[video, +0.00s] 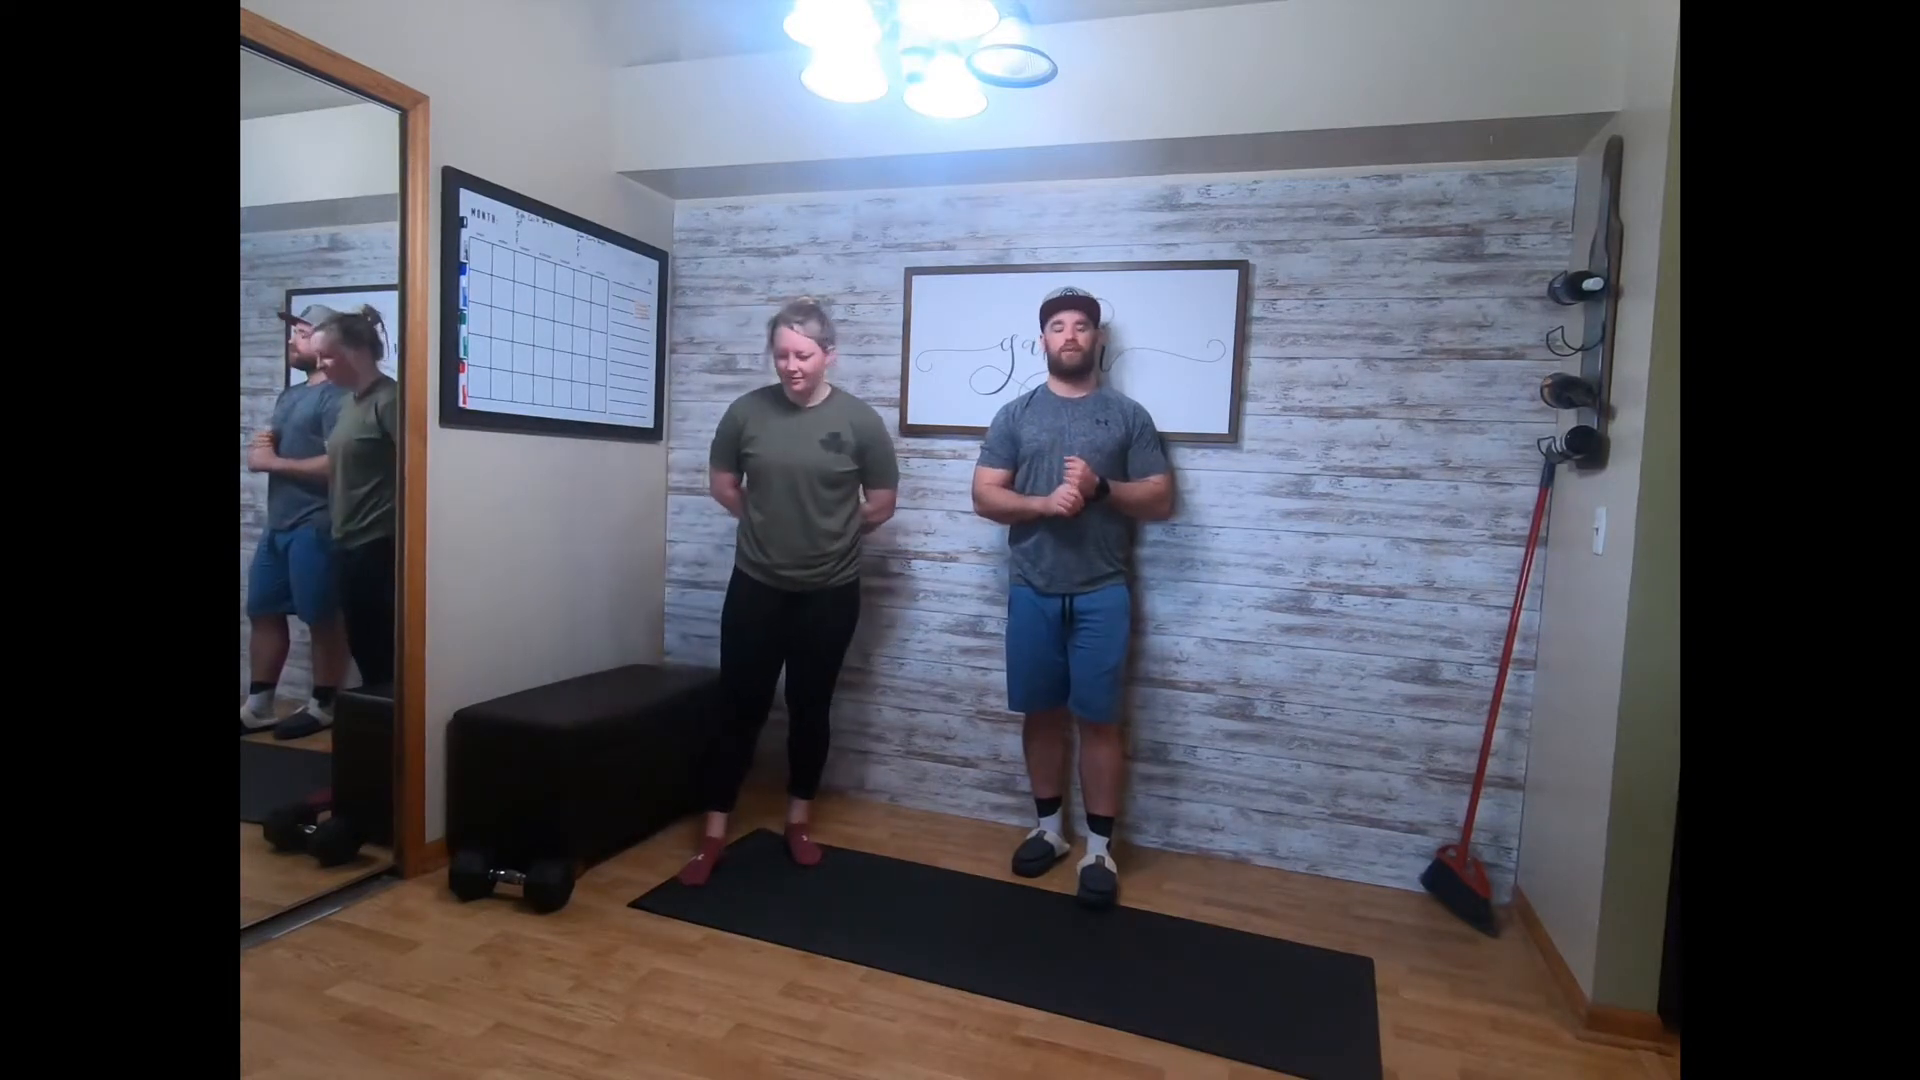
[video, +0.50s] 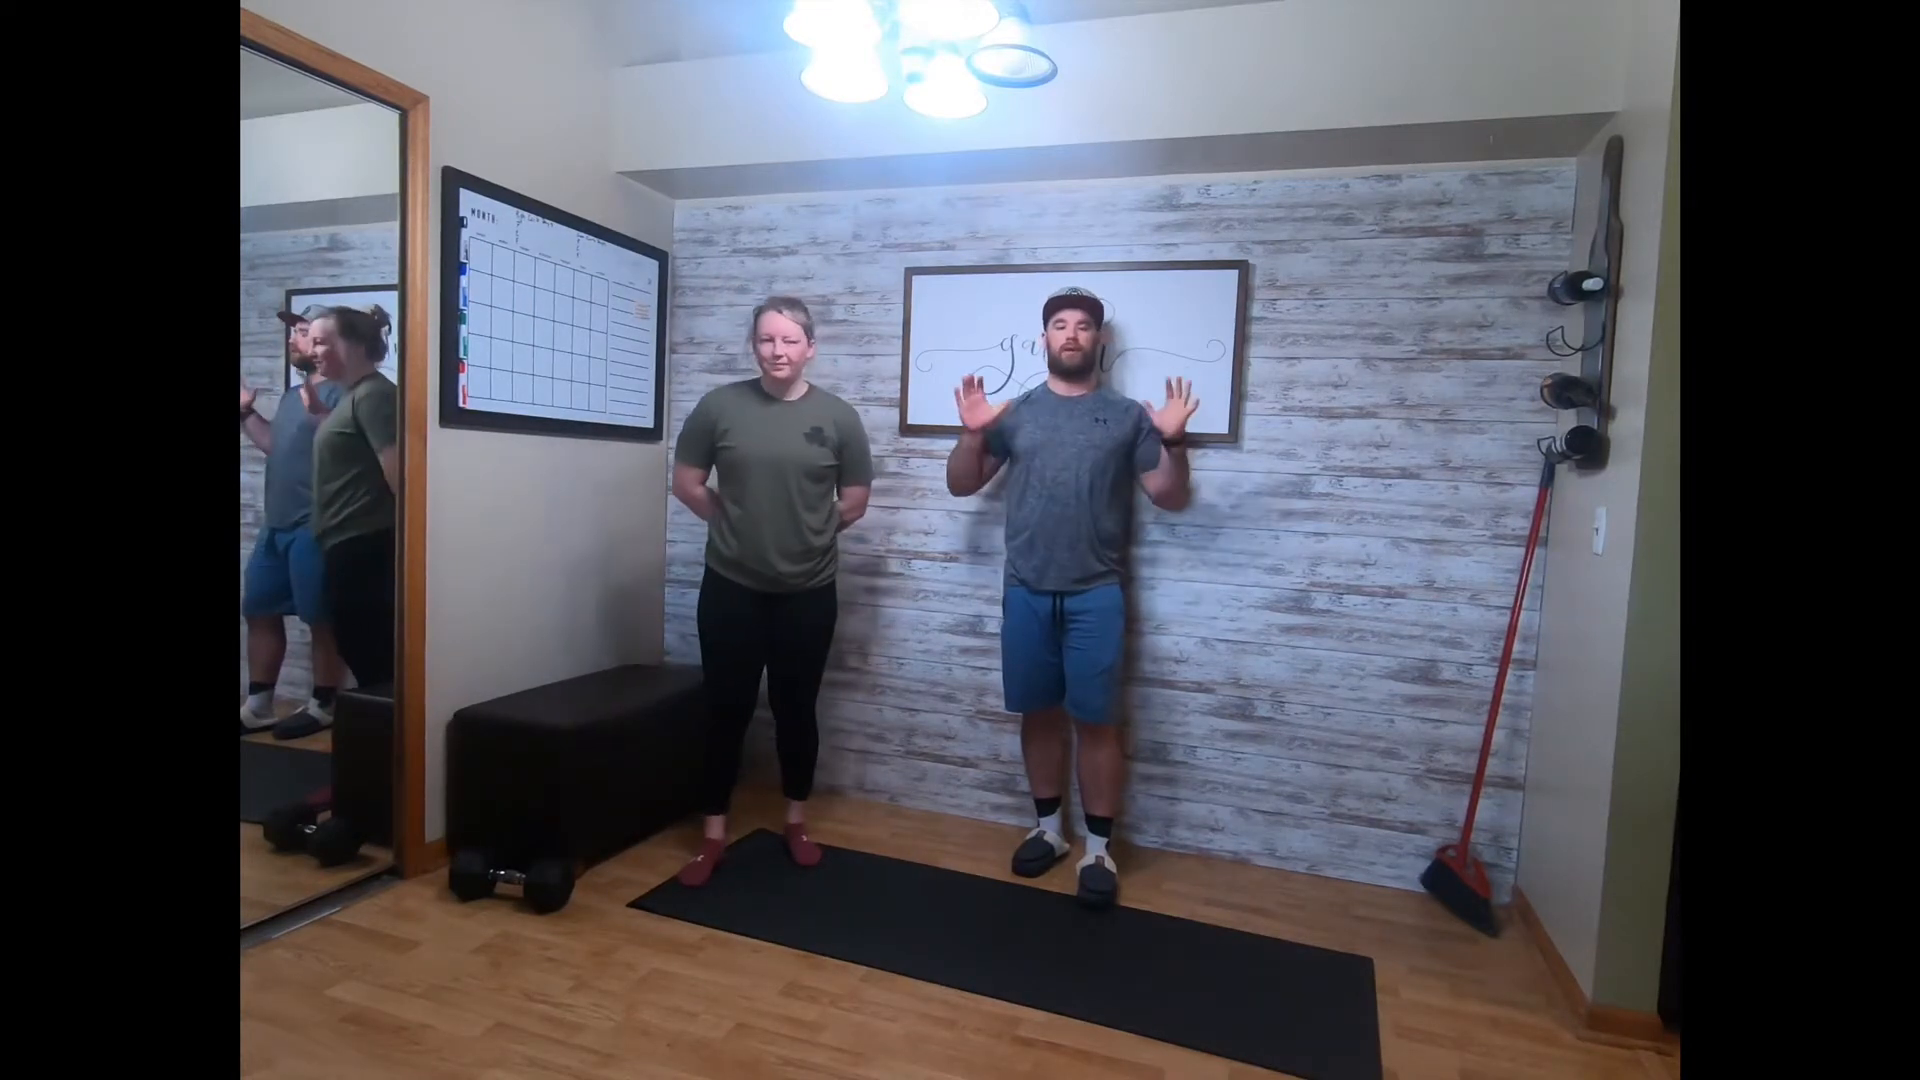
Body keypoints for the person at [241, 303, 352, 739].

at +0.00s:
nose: (293, 338)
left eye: (304, 333)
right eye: (295, 332)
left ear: (327, 346)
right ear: (299, 343)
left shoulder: (338, 397)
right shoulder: (288, 396)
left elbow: (337, 464)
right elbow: (280, 444)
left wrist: (274, 462)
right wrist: (264, 442)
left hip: (317, 523)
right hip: (278, 524)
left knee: (322, 617)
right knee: (264, 610)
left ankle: (324, 706)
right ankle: (259, 704)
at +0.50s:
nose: (294, 339)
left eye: (304, 332)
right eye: (295, 333)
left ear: (326, 342)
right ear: (299, 344)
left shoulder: (343, 392)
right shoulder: (294, 394)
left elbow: (346, 447)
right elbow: (276, 446)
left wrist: (317, 412)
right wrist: (248, 413)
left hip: (317, 523)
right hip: (276, 523)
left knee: (321, 617)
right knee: (260, 608)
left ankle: (324, 706)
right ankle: (259, 704)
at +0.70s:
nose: (300, 344)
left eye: (310, 336)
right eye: (300, 337)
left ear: (334, 344)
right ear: (301, 345)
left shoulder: (347, 394)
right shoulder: (293, 391)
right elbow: (254, 411)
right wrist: (242, 371)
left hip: (319, 527)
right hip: (279, 525)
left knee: (321, 619)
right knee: (261, 609)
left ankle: (325, 706)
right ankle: (259, 703)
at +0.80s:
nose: (298, 342)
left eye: (308, 336)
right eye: (297, 335)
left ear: (331, 344)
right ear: (296, 343)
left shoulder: (347, 391)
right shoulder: (289, 386)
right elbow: (250, 384)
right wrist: (238, 346)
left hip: (322, 528)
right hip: (280, 523)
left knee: (322, 621)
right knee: (264, 609)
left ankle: (324, 705)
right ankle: (259, 703)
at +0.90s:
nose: (296, 340)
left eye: (305, 333)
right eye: (296, 332)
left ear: (329, 341)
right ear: (296, 341)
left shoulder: (340, 385)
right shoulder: (290, 379)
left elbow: (351, 345)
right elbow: (253, 355)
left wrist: (340, 299)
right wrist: (238, 324)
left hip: (322, 522)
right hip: (283, 519)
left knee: (322, 618)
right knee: (264, 609)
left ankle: (324, 705)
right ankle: (259, 702)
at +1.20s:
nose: (291, 340)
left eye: (301, 332)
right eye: (292, 333)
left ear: (327, 340)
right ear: (294, 342)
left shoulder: (338, 386)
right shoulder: (287, 381)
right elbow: (246, 375)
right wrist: (240, 328)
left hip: (318, 524)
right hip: (280, 521)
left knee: (321, 620)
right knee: (262, 609)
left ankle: (324, 705)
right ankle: (259, 703)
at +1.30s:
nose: (292, 341)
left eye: (301, 333)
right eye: (293, 333)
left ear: (325, 342)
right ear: (298, 343)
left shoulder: (338, 392)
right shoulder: (287, 391)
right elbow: (249, 408)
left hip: (317, 525)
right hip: (278, 522)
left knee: (320, 621)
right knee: (262, 610)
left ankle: (324, 705)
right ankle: (259, 704)